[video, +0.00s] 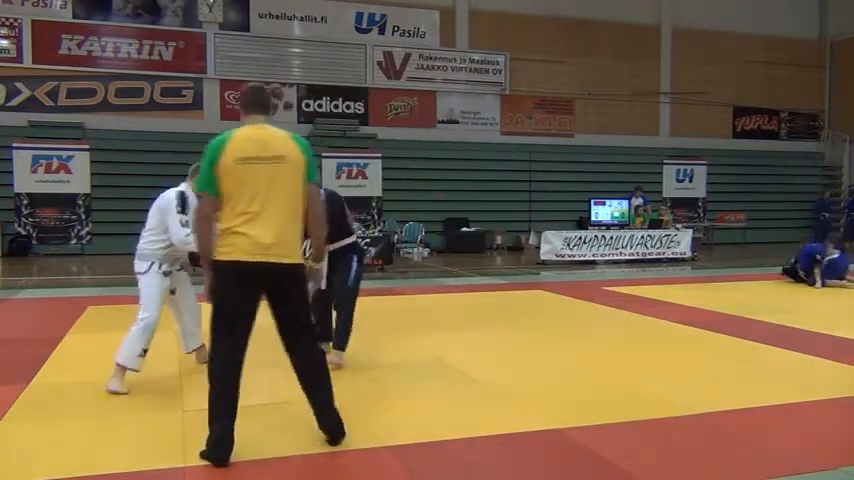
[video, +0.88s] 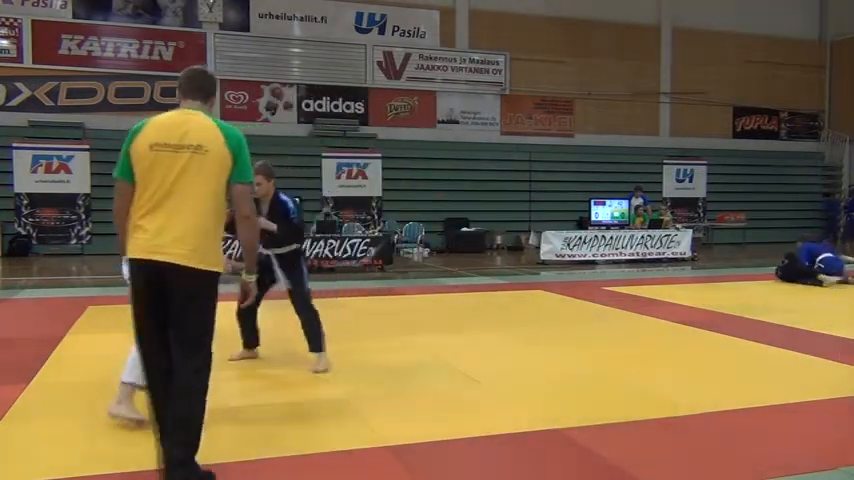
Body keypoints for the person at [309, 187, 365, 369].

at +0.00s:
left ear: (313, 182)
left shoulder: (330, 198)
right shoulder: (302, 205)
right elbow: (303, 232)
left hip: (347, 250)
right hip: (323, 253)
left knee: (344, 298)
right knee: (321, 297)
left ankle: (339, 348)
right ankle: (323, 341)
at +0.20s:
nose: (292, 186)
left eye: (293, 181)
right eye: (291, 181)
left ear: (304, 179)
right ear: (301, 180)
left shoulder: (322, 198)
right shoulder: (304, 201)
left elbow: (321, 234)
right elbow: (303, 231)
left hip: (343, 253)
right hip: (327, 254)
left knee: (332, 302)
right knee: (319, 301)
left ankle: (333, 355)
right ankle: (325, 342)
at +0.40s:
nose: (283, 184)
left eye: (286, 179)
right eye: (282, 180)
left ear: (302, 178)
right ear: (298, 179)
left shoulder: (321, 199)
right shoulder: (296, 201)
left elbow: (319, 234)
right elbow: (294, 226)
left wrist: (290, 227)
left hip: (336, 254)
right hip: (317, 253)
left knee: (329, 304)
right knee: (306, 301)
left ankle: (333, 358)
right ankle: (318, 339)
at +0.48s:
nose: (281, 185)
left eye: (284, 180)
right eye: (280, 181)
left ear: (299, 179)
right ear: (294, 180)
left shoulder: (318, 199)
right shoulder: (290, 202)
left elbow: (316, 235)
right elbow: (284, 225)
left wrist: (288, 225)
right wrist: (269, 226)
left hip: (332, 254)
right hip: (312, 255)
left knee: (328, 305)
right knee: (298, 302)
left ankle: (333, 358)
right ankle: (305, 340)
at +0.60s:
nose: (274, 186)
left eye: (277, 182)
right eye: (273, 182)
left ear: (292, 181)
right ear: (280, 183)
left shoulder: (310, 202)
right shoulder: (281, 204)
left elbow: (310, 234)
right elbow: (269, 225)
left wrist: (284, 224)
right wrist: (254, 219)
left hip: (325, 257)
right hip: (303, 257)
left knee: (324, 305)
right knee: (285, 300)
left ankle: (332, 358)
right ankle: (277, 342)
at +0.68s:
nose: (269, 189)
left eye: (272, 184)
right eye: (268, 184)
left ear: (287, 183)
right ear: (269, 184)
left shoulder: (303, 204)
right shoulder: (273, 205)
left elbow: (303, 237)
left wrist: (278, 224)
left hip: (317, 258)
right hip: (295, 258)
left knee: (317, 305)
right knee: (275, 299)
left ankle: (330, 358)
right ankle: (263, 342)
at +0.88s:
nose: (255, 189)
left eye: (259, 184)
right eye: (253, 184)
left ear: (272, 183)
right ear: (251, 184)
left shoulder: (286, 205)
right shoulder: (252, 204)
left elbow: (297, 237)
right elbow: (234, 230)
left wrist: (270, 226)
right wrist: (236, 219)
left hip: (290, 257)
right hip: (265, 257)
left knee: (302, 302)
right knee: (246, 302)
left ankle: (320, 353)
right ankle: (249, 348)